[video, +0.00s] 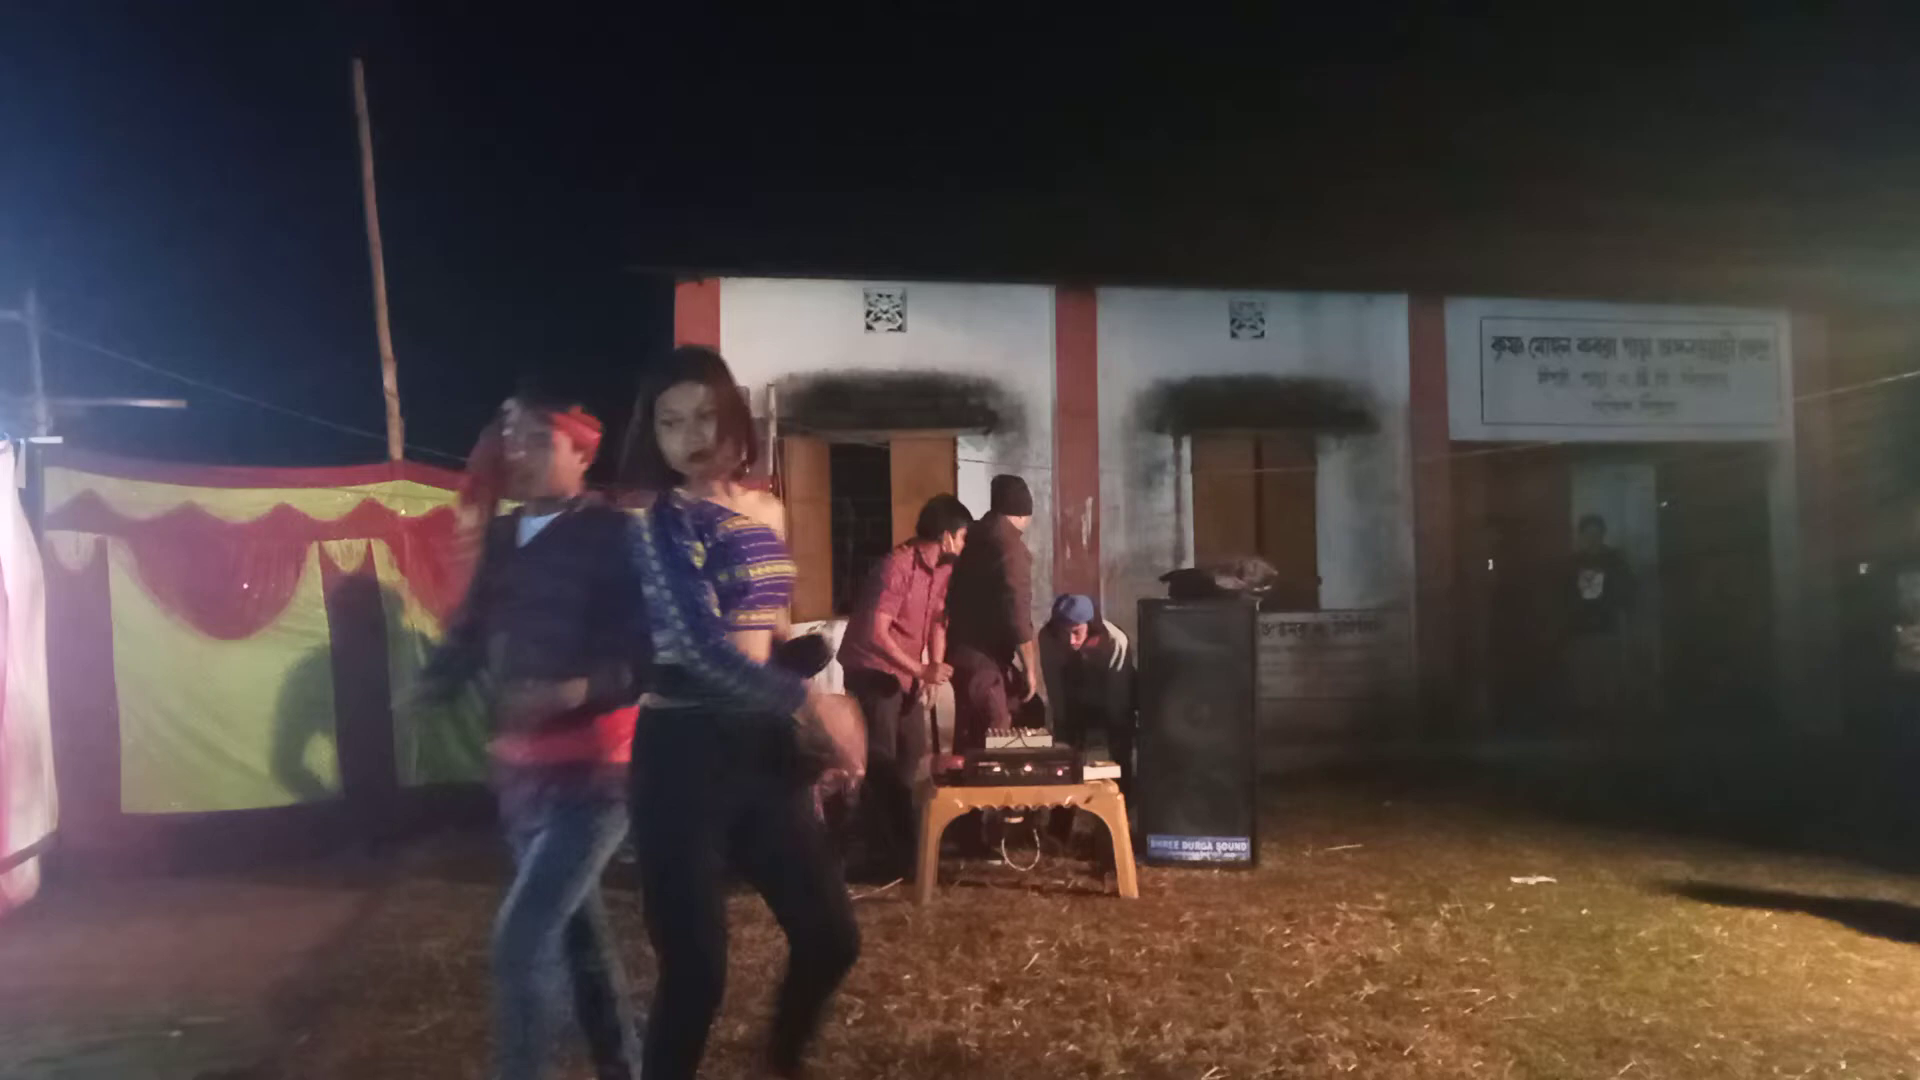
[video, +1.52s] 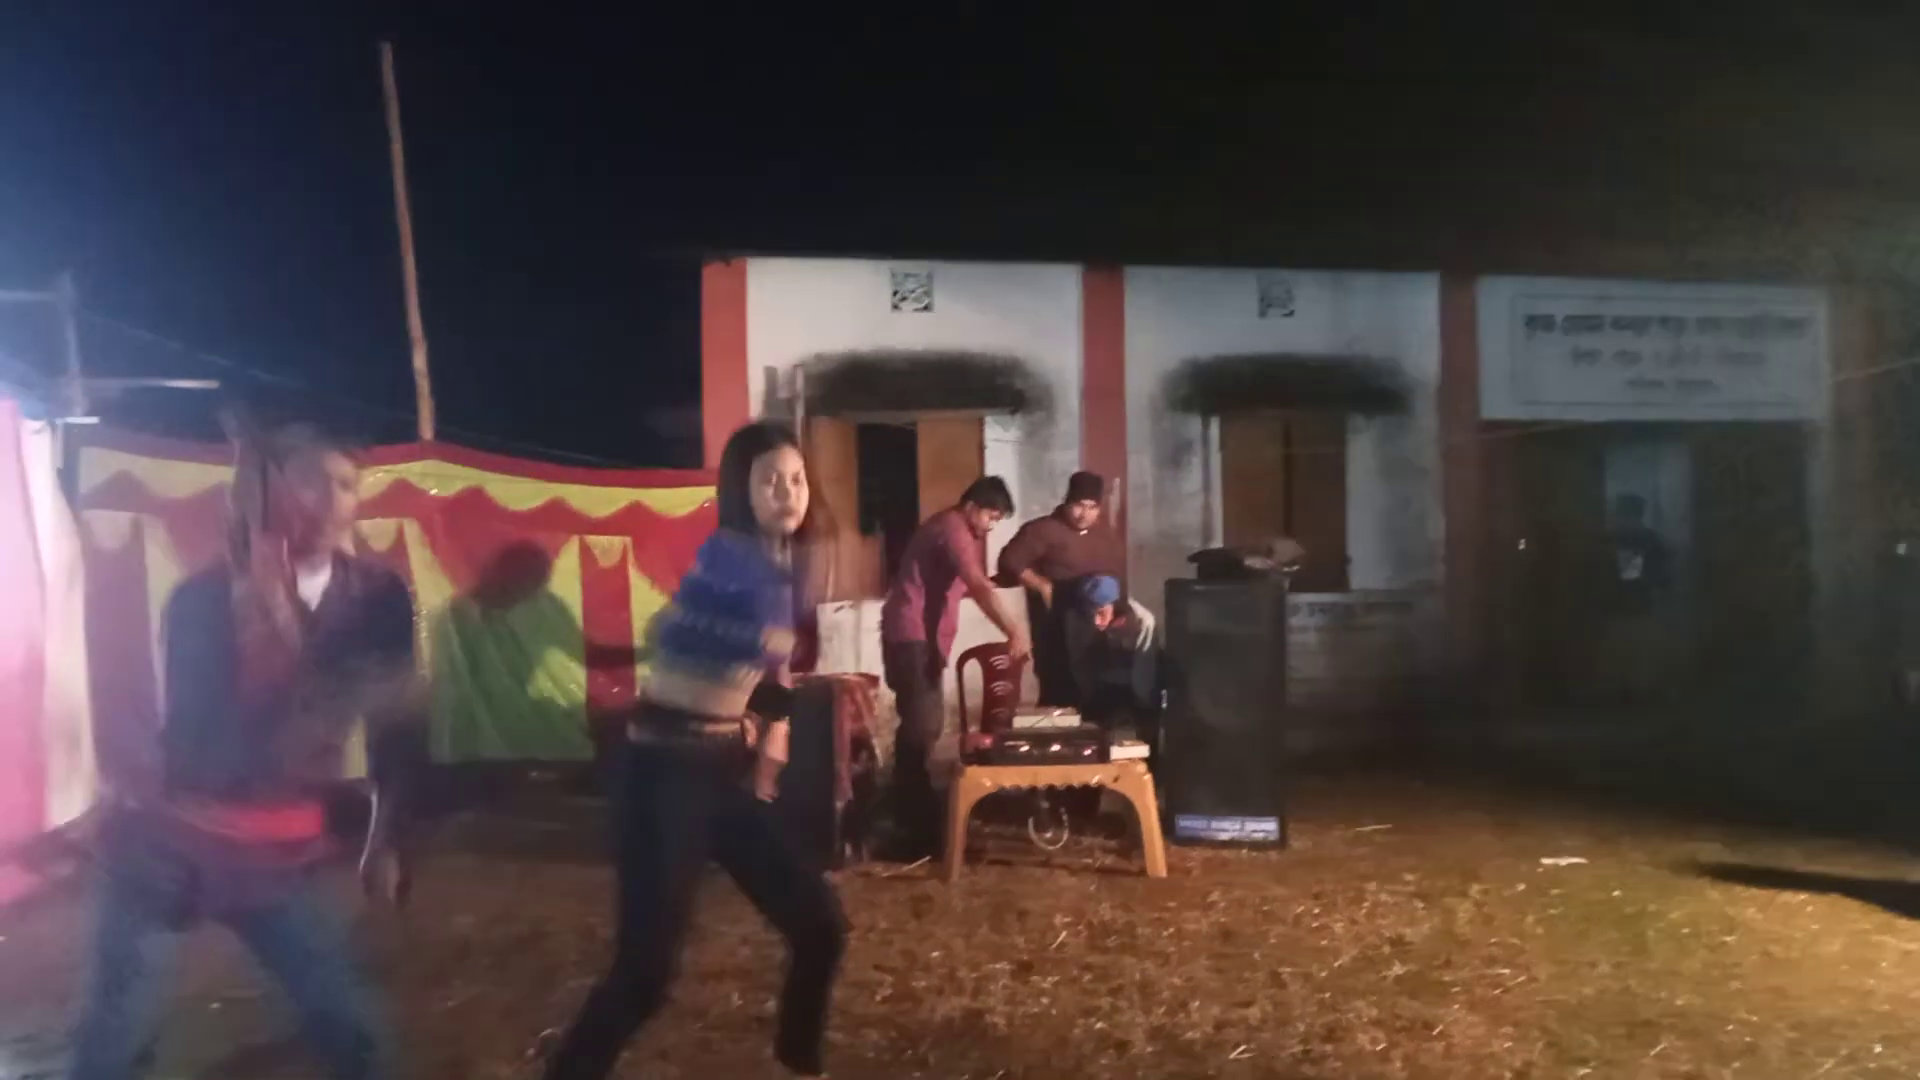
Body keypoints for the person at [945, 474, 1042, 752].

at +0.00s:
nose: (1029, 516)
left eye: (1029, 510)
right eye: (1028, 510)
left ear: (997, 504)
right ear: (1021, 511)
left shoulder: (974, 533)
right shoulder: (1011, 546)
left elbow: (956, 599)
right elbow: (1018, 615)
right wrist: (1030, 668)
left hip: (962, 653)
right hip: (986, 659)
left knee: (968, 742)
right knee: (997, 745)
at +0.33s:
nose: (1035, 520)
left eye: (1034, 513)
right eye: (1034, 514)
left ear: (1003, 507)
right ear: (1028, 513)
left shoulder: (972, 537)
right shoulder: (1016, 548)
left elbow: (944, 579)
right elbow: (1019, 614)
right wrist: (1029, 666)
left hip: (970, 657)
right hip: (1000, 661)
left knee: (969, 743)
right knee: (1002, 742)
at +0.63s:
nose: (1053, 537)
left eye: (1054, 529)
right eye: (1050, 529)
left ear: (1035, 524)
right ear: (1037, 526)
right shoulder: (1019, 552)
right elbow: (1012, 628)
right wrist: (1029, 665)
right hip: (1013, 675)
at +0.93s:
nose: (1063, 540)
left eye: (1069, 534)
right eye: (1059, 531)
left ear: (1074, 532)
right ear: (1043, 526)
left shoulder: (1071, 552)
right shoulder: (1012, 552)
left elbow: (1081, 595)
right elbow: (986, 596)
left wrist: (1086, 628)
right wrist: (1003, 637)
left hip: (1060, 639)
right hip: (1019, 641)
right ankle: (1016, 708)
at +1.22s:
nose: (1059, 532)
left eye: (1067, 527)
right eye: (1055, 524)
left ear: (1075, 528)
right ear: (1044, 519)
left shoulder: (1083, 553)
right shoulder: (1016, 548)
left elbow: (1096, 592)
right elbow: (985, 582)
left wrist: (1096, 625)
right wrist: (1003, 614)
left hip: (1074, 639)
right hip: (1028, 641)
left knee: (1124, 641)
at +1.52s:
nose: (1083, 513)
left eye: (1091, 507)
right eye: (1077, 505)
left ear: (1099, 508)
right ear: (1067, 503)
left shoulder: (1109, 537)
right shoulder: (1043, 530)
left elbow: (1119, 580)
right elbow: (1009, 561)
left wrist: (1115, 609)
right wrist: (1042, 585)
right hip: (1055, 641)